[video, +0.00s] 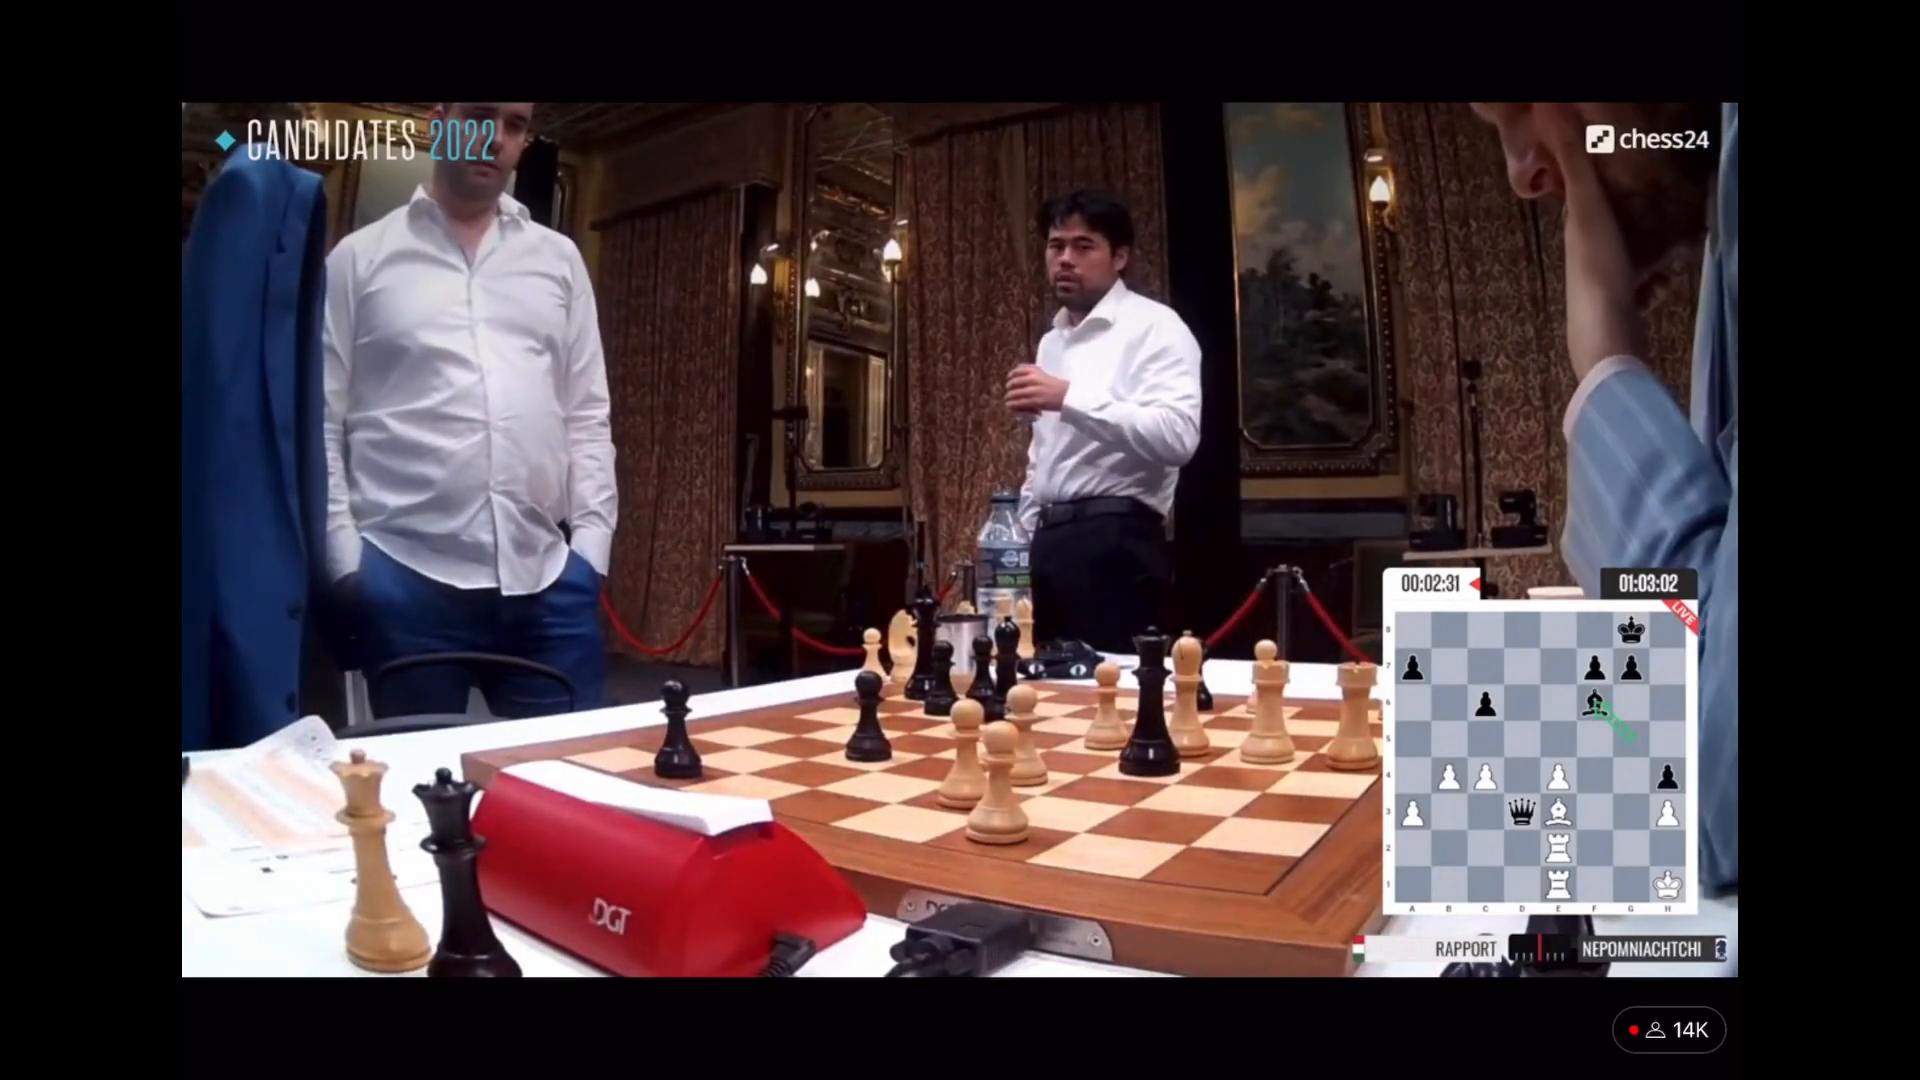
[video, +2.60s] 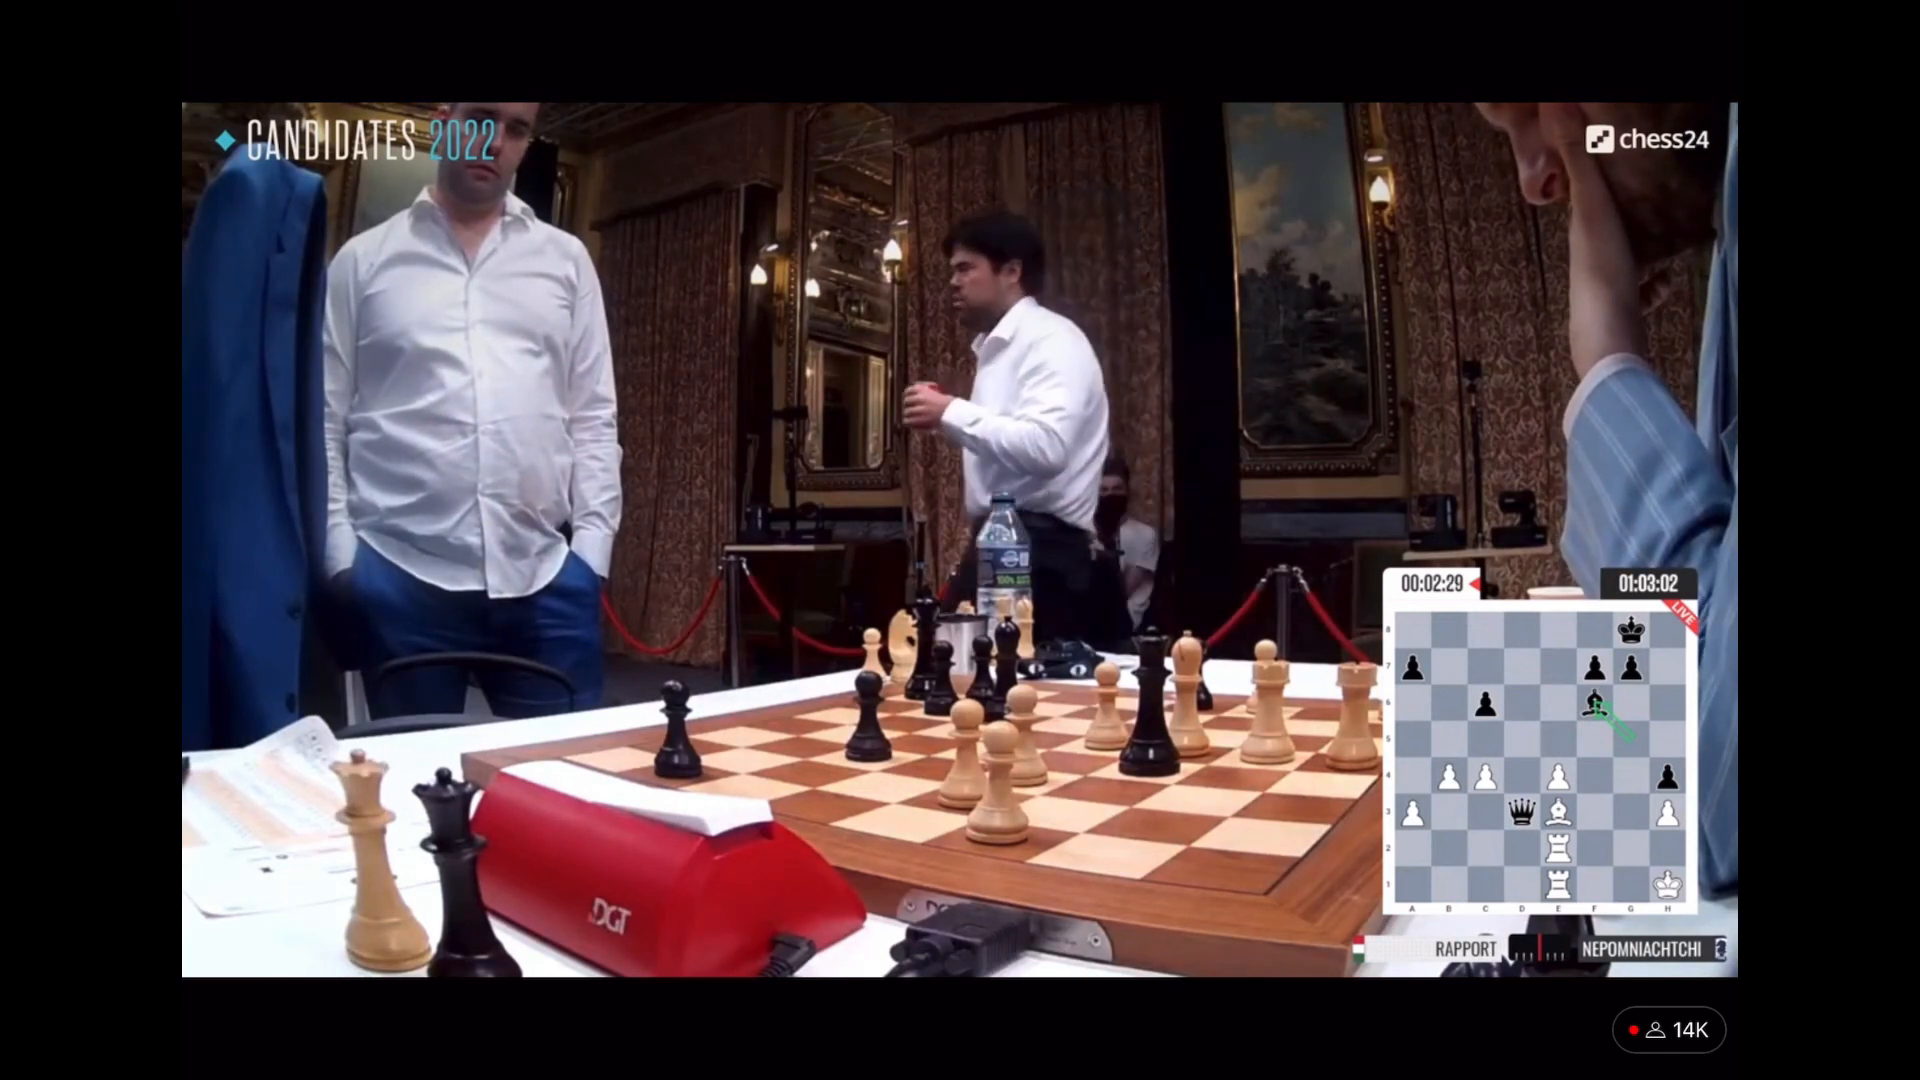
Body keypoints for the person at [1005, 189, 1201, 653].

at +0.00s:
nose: (1065, 260)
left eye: (1083, 247)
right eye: (1057, 246)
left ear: (1120, 258)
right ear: (1046, 254)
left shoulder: (1159, 328)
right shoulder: (1052, 343)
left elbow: (1177, 436)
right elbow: (1042, 454)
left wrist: (1068, 396)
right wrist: (1025, 530)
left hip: (1120, 534)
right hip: (1054, 534)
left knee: (1123, 694)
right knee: (1060, 695)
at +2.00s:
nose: (1071, 261)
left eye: (1088, 248)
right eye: (1063, 248)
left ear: (1126, 258)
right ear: (1052, 254)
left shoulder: (1166, 329)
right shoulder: (1060, 344)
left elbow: (1181, 437)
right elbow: (1050, 461)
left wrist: (1072, 397)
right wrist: (1029, 539)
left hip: (1125, 536)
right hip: (1058, 535)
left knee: (1122, 696)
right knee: (1059, 696)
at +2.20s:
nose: (1061, 262)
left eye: (1079, 251)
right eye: (1055, 249)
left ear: (1119, 261)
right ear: (1045, 254)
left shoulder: (1155, 332)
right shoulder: (1054, 342)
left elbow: (1167, 442)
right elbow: (1051, 460)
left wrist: (1060, 400)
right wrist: (1030, 529)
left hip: (1118, 537)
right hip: (1055, 534)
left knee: (1118, 696)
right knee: (1060, 696)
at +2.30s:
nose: (1039, 264)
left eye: (1056, 251)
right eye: (1035, 250)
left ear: (1100, 262)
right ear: (1028, 254)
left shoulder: (1138, 332)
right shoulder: (1046, 338)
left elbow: (1148, 443)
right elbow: (1056, 445)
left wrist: (1039, 403)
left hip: (1105, 535)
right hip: (1050, 531)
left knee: (1103, 695)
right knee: (1055, 692)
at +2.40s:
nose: (1016, 266)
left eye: (1031, 253)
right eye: (1014, 254)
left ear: (1077, 261)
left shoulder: (1119, 333)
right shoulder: (1035, 338)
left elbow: (1125, 442)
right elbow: (1051, 445)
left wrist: (1018, 406)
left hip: (1092, 539)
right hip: (1040, 532)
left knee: (1092, 695)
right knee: (1044, 693)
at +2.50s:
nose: (979, 275)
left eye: (993, 261)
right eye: (979, 264)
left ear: (1041, 266)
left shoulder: (1083, 336)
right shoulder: (1017, 345)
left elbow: (1082, 444)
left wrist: (981, 409)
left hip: (1069, 546)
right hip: (1022, 540)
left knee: (1085, 699)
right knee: (1030, 697)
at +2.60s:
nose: (953, 283)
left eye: (965, 269)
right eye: (954, 271)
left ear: (1011, 273)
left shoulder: (1055, 342)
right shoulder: (999, 349)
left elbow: (1044, 446)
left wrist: (951, 412)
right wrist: (948, 415)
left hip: (1045, 546)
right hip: (1002, 539)